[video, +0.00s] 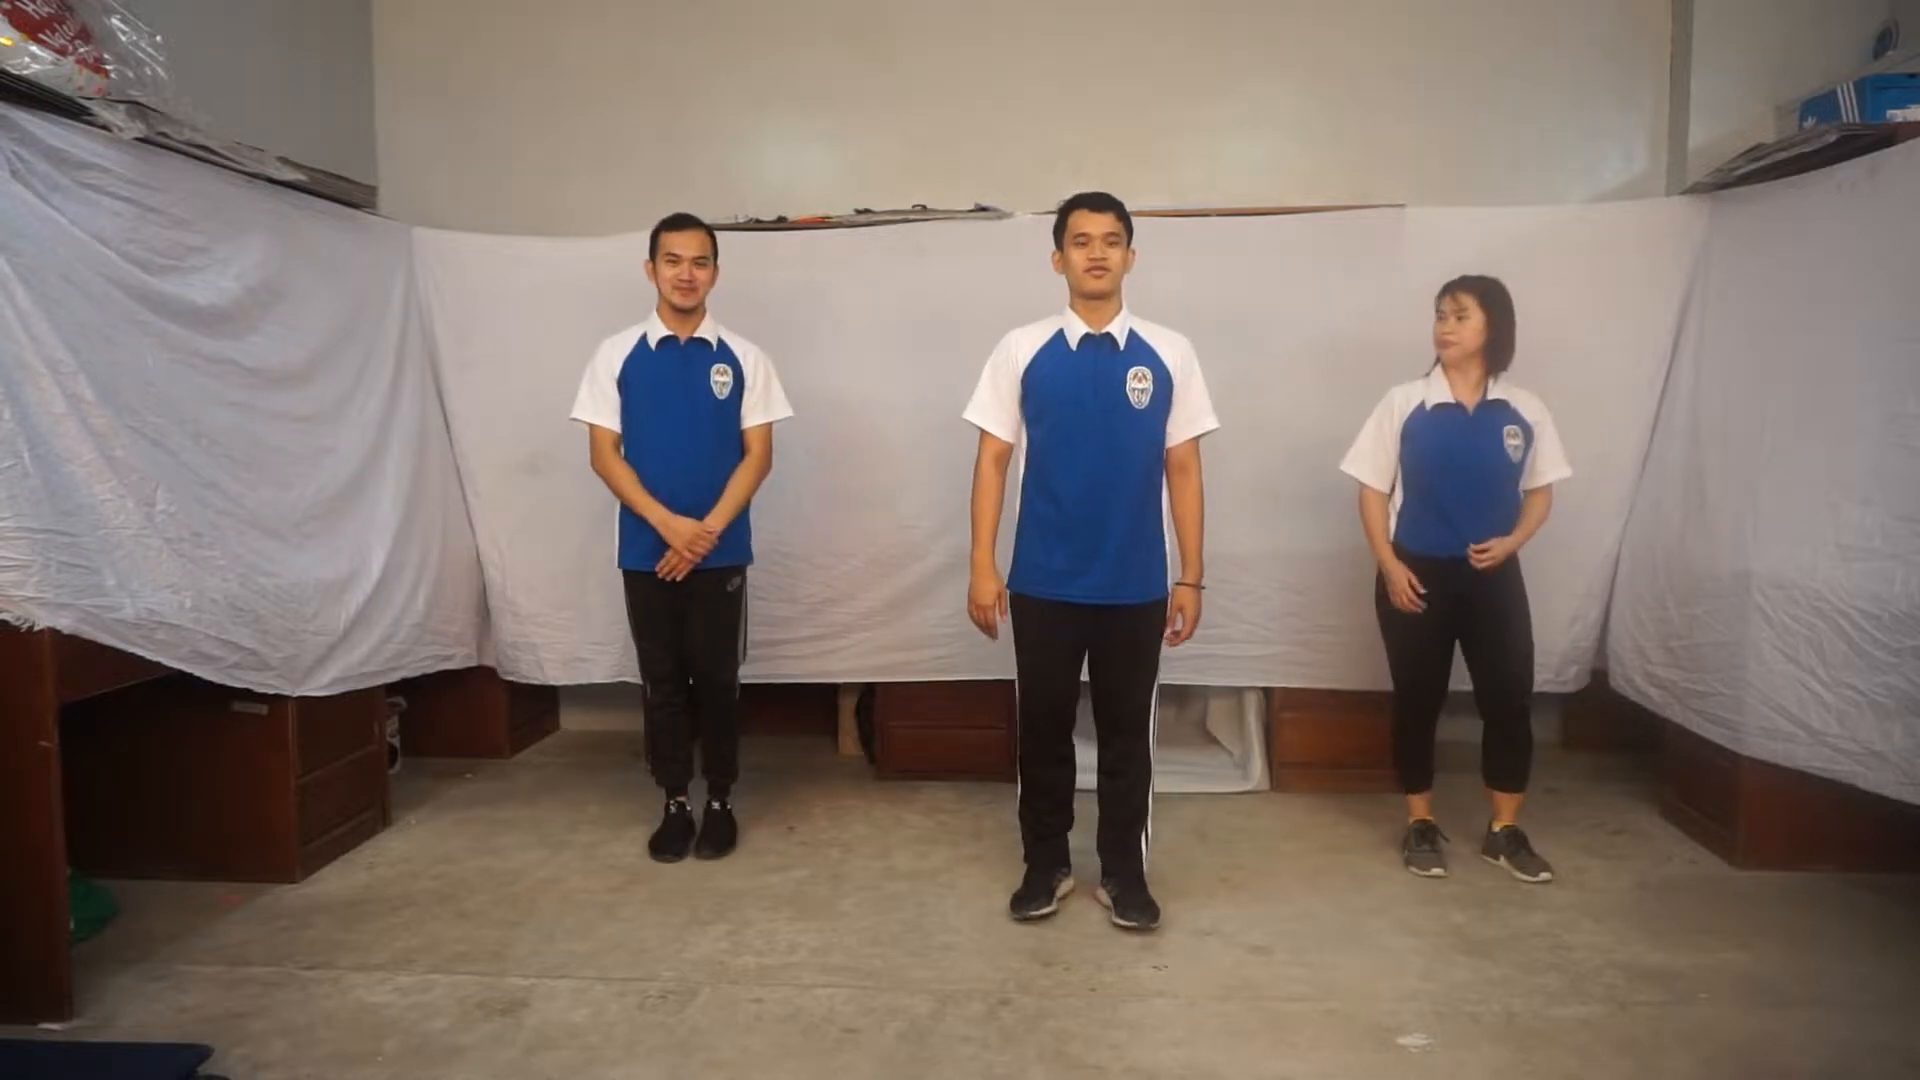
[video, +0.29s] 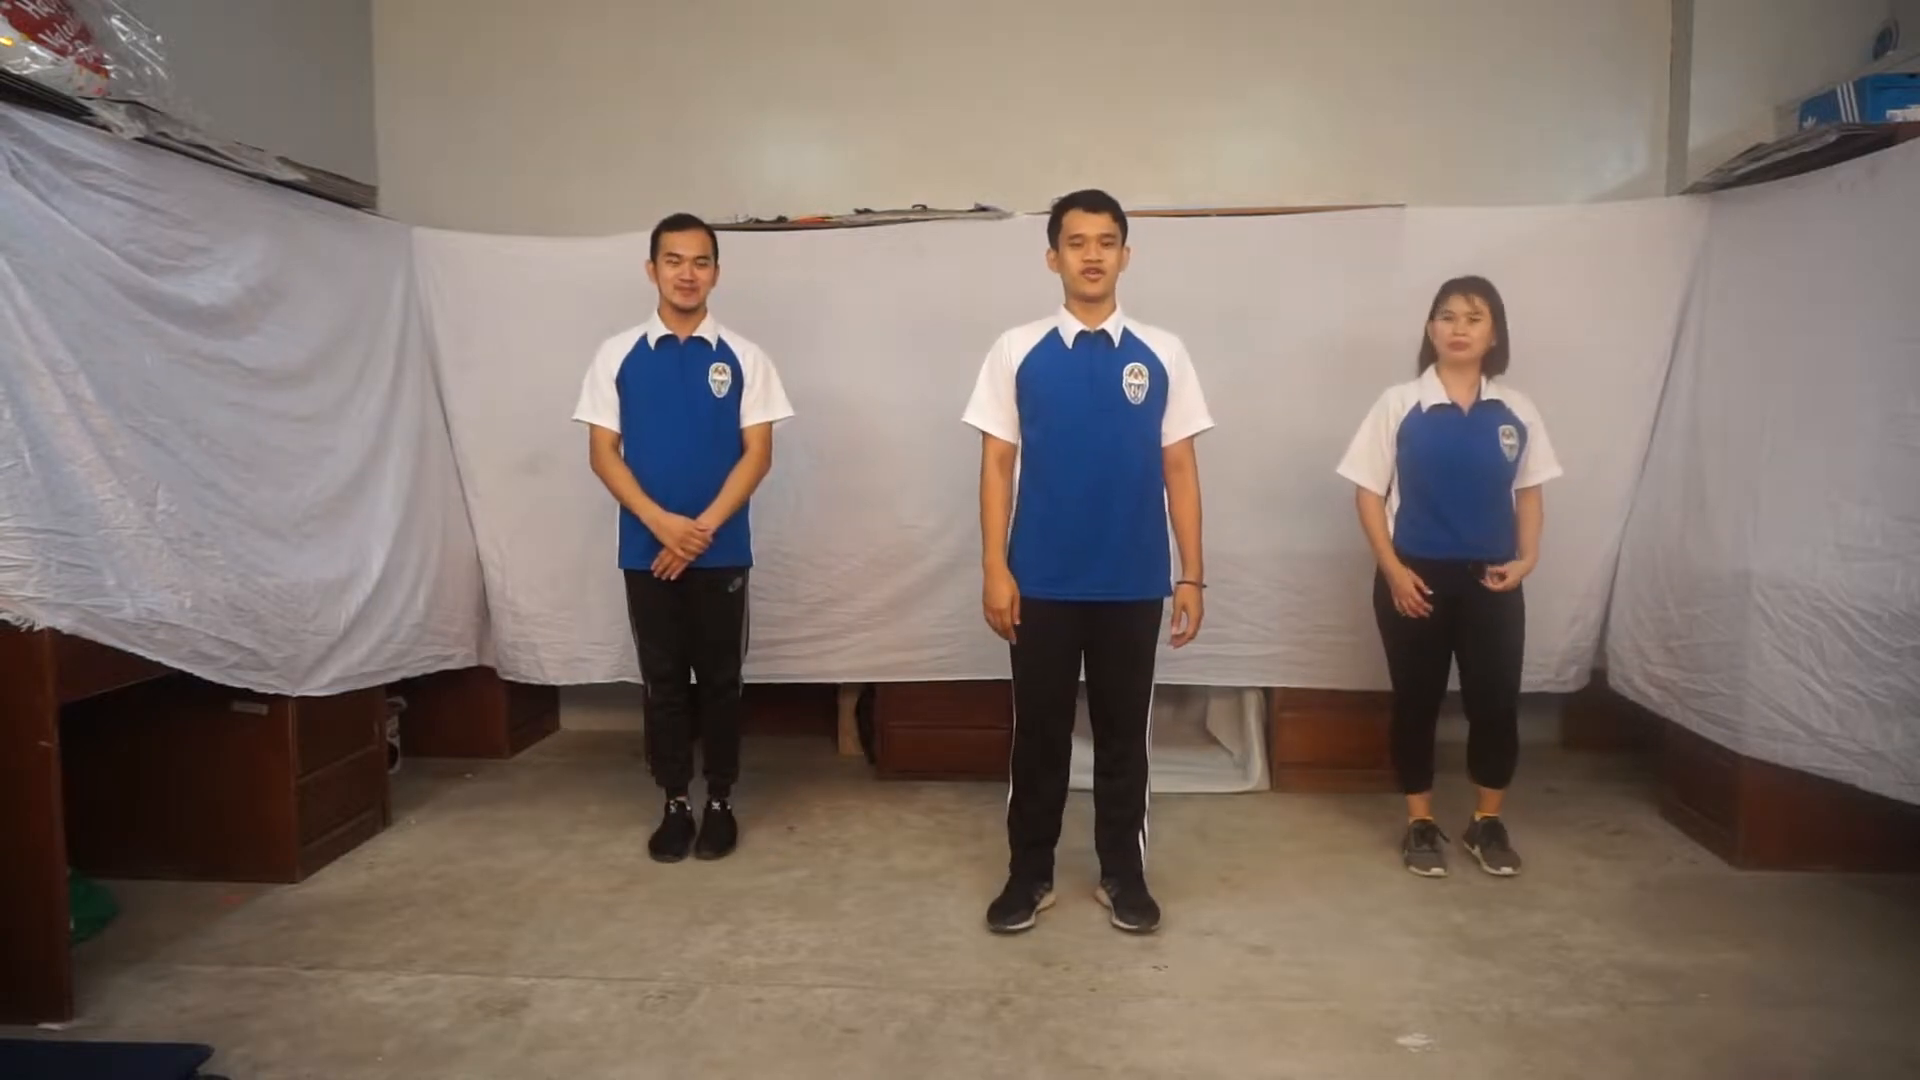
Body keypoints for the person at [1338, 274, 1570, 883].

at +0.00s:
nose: (1445, 325)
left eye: (1461, 316)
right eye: (1440, 316)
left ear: (1494, 329)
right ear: (1433, 327)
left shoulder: (1524, 410)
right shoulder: (1403, 402)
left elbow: (1540, 494)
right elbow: (1371, 489)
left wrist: (1513, 541)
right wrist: (1388, 562)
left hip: (1492, 578)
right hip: (1415, 576)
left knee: (1510, 700)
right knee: (1417, 700)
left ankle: (1505, 828)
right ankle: (1420, 824)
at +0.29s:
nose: (1458, 327)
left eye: (1473, 318)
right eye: (1447, 316)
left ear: (1495, 333)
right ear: (1430, 329)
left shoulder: (1516, 410)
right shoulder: (1398, 403)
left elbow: (1529, 495)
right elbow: (1367, 492)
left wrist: (1526, 558)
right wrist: (1391, 567)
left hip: (1492, 580)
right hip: (1414, 578)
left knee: (1496, 705)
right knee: (1416, 702)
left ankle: (1487, 821)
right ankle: (1420, 822)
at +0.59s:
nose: (1485, 329)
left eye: (1496, 321)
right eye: (1472, 318)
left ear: (1508, 332)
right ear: (1445, 325)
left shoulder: (1527, 404)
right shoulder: (1411, 405)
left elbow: (1545, 490)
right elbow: (1389, 498)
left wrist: (1560, 567)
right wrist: (1403, 579)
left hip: (1509, 577)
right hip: (1434, 575)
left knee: (1496, 702)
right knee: (1430, 701)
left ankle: (1485, 823)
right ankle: (1423, 822)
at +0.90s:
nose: (1507, 332)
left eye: (1516, 323)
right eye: (1493, 322)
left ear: (1527, 333)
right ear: (1463, 331)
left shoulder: (1545, 406)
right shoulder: (1434, 406)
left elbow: (1565, 495)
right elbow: (1409, 503)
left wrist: (1583, 567)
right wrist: (1402, 584)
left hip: (1526, 581)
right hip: (1452, 578)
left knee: (1505, 703)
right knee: (1457, 701)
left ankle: (1488, 824)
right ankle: (1427, 821)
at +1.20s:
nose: (1516, 332)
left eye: (1526, 322)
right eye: (1502, 321)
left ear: (1538, 332)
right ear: (1473, 331)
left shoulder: (1554, 407)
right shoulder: (1444, 405)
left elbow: (1572, 497)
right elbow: (1421, 503)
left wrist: (1588, 571)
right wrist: (1424, 586)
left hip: (1531, 580)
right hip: (1463, 578)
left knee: (1510, 705)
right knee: (1472, 706)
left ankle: (1487, 825)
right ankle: (1454, 836)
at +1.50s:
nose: (1511, 328)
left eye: (1521, 318)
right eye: (1496, 317)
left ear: (1533, 329)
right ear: (1467, 326)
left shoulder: (1550, 405)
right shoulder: (1436, 403)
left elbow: (1568, 498)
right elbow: (1411, 503)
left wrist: (1586, 574)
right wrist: (1407, 588)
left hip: (1526, 583)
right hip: (1454, 580)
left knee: (1515, 707)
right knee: (1461, 709)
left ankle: (1487, 823)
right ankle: (1453, 843)